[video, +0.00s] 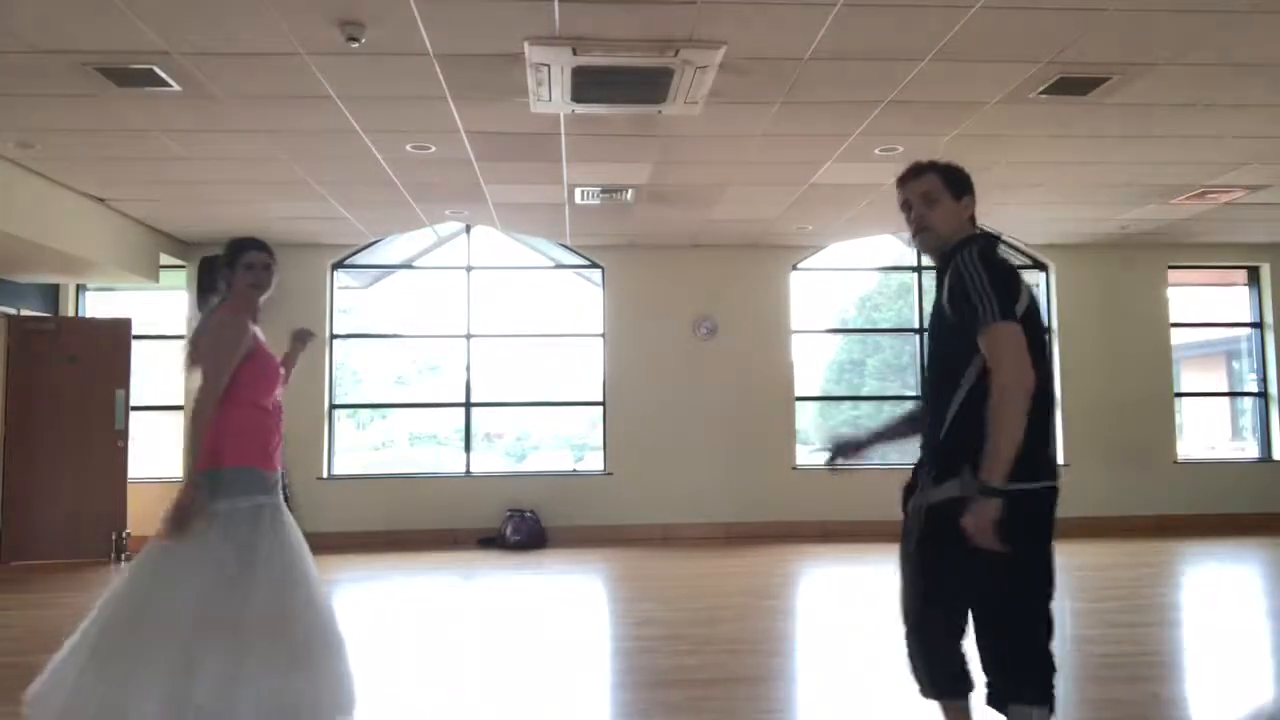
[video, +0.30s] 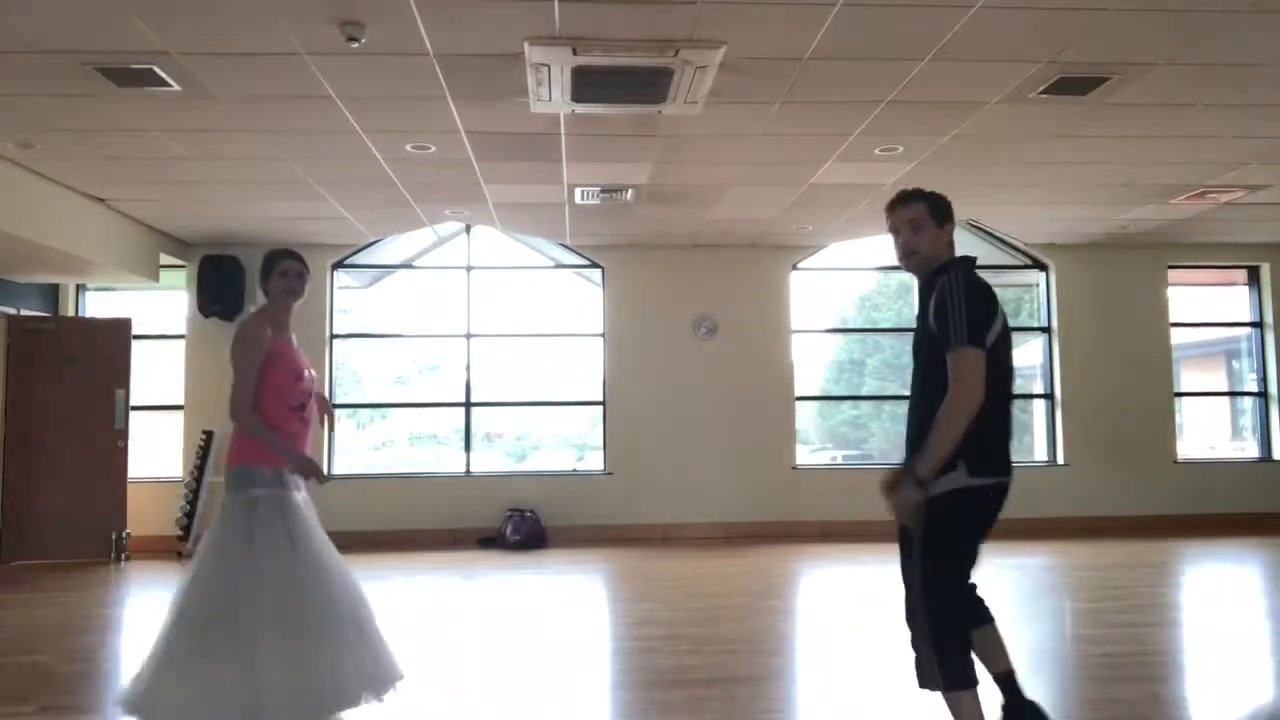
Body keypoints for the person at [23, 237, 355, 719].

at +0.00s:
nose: (262, 277)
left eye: (268, 270)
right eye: (252, 268)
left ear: (272, 278)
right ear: (229, 274)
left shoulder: (247, 325)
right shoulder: (231, 322)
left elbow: (264, 393)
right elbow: (207, 399)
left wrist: (293, 354)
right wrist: (191, 482)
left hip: (254, 480)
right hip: (238, 482)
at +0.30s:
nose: (294, 283)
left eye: (300, 277)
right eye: (284, 275)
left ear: (305, 286)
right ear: (266, 281)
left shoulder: (283, 330)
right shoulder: (256, 330)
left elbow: (280, 388)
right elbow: (240, 410)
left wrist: (314, 400)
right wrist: (294, 456)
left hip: (279, 474)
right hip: (258, 475)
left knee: (273, 587)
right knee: (296, 584)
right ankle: (279, 701)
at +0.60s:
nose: (306, 283)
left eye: (312, 277)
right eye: (297, 275)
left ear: (318, 286)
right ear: (280, 282)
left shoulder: (308, 331)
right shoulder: (265, 330)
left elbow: (304, 391)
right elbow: (241, 409)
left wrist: (339, 406)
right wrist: (271, 464)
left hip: (297, 468)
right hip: (267, 469)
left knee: (291, 581)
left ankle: (295, 689)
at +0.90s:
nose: (306, 283)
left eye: (313, 277)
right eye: (298, 276)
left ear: (319, 286)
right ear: (281, 283)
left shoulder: (315, 334)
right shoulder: (264, 331)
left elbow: (309, 391)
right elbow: (235, 401)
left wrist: (339, 411)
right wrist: (234, 473)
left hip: (298, 467)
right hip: (264, 467)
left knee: (287, 576)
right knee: (269, 577)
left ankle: (277, 682)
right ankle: (256, 685)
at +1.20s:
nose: (294, 283)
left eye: (300, 277)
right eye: (285, 275)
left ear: (307, 285)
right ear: (267, 282)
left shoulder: (303, 332)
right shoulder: (250, 331)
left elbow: (299, 390)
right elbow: (225, 401)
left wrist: (328, 417)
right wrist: (230, 473)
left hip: (289, 473)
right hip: (253, 473)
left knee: (297, 577)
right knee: (248, 580)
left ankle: (289, 684)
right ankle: (221, 687)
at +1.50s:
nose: (261, 281)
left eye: (268, 275)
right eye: (252, 273)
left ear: (274, 286)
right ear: (232, 281)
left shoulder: (269, 335)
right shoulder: (215, 331)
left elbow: (258, 407)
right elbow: (187, 411)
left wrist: (301, 420)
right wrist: (197, 484)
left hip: (265, 485)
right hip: (225, 485)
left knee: (273, 597)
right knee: (225, 600)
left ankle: (276, 698)